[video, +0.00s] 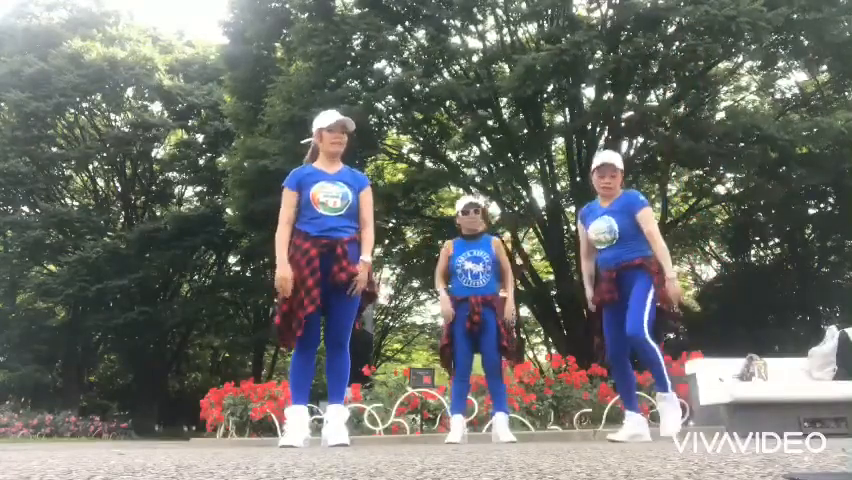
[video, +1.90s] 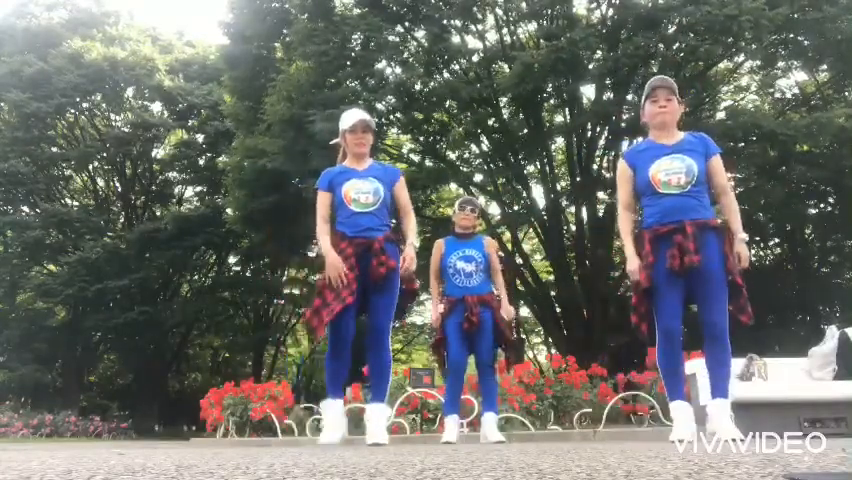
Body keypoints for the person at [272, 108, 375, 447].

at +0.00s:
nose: (336, 137)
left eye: (341, 133)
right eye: (330, 132)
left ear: (348, 139)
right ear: (316, 137)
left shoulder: (358, 180)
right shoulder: (299, 176)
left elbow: (367, 224)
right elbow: (284, 223)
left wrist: (365, 261)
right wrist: (282, 263)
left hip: (347, 258)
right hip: (306, 257)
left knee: (339, 340)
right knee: (307, 339)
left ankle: (336, 418)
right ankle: (297, 417)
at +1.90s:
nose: (360, 136)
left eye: (365, 131)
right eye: (353, 131)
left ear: (373, 135)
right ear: (342, 137)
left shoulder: (391, 173)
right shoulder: (331, 175)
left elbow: (407, 214)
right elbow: (322, 221)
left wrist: (410, 243)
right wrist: (328, 253)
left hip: (385, 252)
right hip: (345, 252)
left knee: (380, 331)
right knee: (341, 332)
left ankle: (378, 414)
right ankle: (334, 413)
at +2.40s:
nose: (327, 150)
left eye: (333, 145)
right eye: (320, 144)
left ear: (339, 150)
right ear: (307, 150)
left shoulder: (347, 177)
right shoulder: (307, 193)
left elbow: (380, 210)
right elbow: (315, 236)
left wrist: (371, 258)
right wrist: (318, 260)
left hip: (373, 261)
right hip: (339, 269)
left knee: (373, 336)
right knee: (306, 322)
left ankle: (377, 415)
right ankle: (308, 411)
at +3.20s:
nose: (310, 147)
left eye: (317, 144)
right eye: (305, 140)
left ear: (322, 151)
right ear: (290, 146)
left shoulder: (329, 179)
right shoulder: (285, 193)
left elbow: (365, 215)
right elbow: (299, 246)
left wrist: (365, 242)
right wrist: (276, 266)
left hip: (338, 267)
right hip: (304, 276)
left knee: (343, 346)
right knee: (268, 329)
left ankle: (388, 417)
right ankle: (260, 417)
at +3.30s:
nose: (316, 125)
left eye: (322, 121)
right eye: (310, 118)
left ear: (328, 127)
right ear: (296, 121)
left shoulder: (336, 159)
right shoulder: (274, 157)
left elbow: (359, 201)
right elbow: (259, 201)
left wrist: (339, 197)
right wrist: (251, 205)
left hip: (322, 244)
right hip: (282, 245)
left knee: (332, 327)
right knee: (266, 327)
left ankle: (354, 403)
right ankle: (259, 415)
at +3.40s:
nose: (319, 121)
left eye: (325, 115)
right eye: (313, 113)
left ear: (330, 119)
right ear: (298, 114)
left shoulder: (335, 150)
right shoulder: (278, 132)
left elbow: (355, 178)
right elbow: (262, 157)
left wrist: (327, 180)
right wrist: (290, 171)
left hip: (316, 236)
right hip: (275, 232)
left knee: (308, 314)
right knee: (265, 316)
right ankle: (247, 406)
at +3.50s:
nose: (320, 133)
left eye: (325, 128)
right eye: (314, 126)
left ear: (329, 134)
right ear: (298, 127)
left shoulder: (329, 165)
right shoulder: (279, 151)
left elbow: (348, 185)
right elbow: (299, 172)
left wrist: (363, 197)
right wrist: (335, 190)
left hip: (304, 250)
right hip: (268, 242)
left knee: (291, 332)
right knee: (255, 326)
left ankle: (265, 414)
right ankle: (237, 414)